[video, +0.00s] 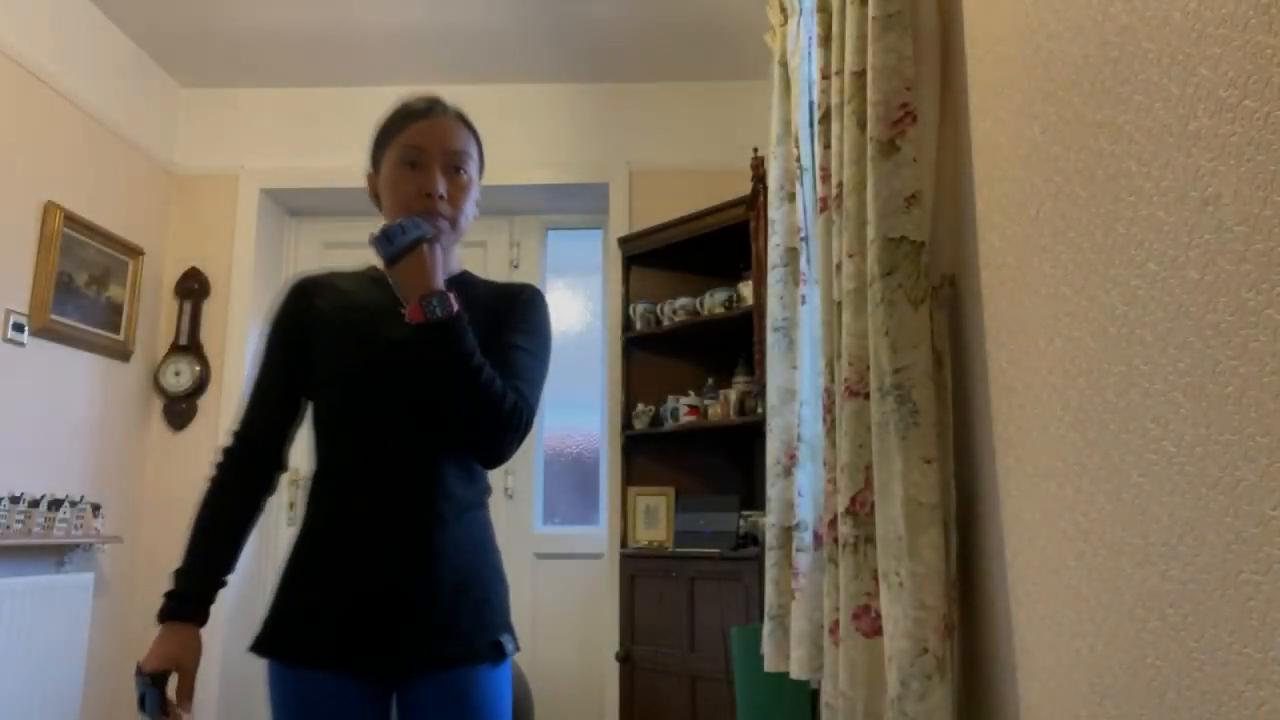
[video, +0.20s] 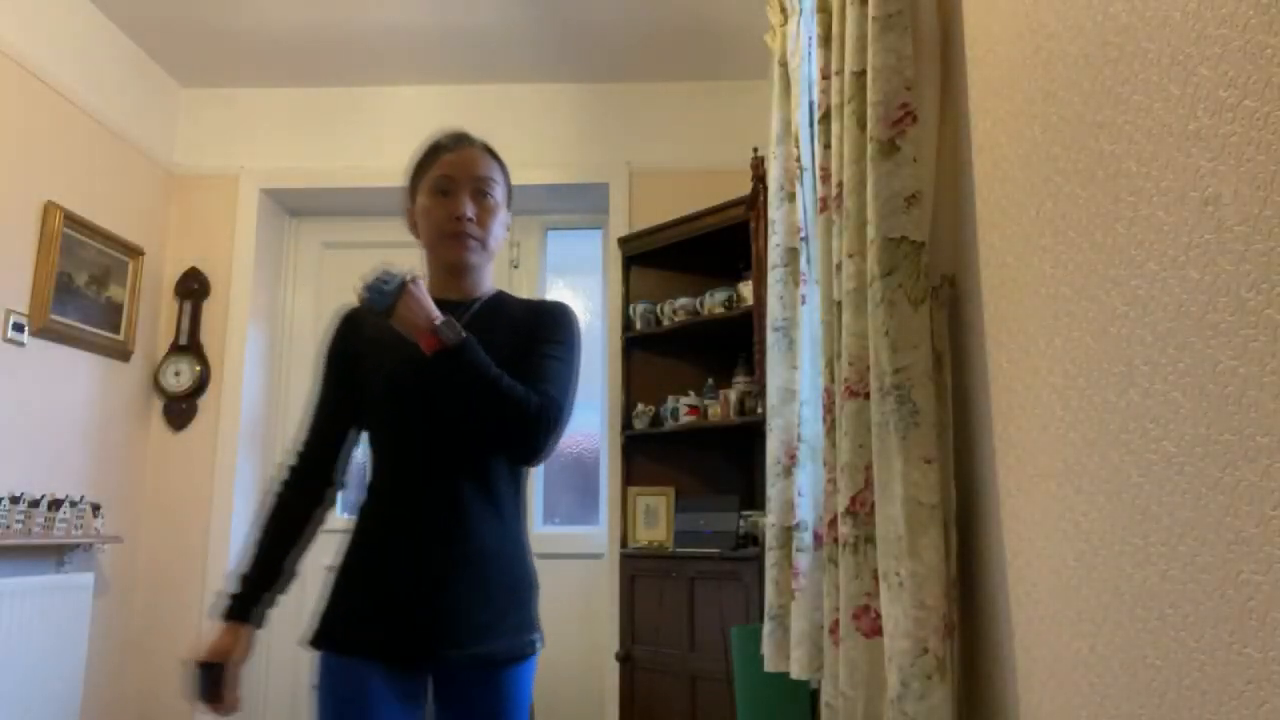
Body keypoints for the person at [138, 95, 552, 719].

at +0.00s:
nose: (436, 185)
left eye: (457, 168)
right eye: (412, 163)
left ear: (476, 193)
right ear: (374, 185)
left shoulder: (512, 308)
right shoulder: (318, 302)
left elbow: (496, 437)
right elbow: (253, 460)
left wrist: (431, 299)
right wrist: (184, 614)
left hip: (459, 628)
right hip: (326, 623)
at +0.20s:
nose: (464, 208)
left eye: (484, 194)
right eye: (443, 190)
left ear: (506, 222)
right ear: (411, 217)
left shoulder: (543, 324)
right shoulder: (367, 329)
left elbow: (534, 435)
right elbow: (313, 476)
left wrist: (438, 333)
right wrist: (242, 616)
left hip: (491, 620)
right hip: (373, 614)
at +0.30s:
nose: (480, 217)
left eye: (499, 205)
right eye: (460, 202)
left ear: (523, 237)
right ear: (431, 231)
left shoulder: (560, 337)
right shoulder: (388, 337)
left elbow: (556, 443)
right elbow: (347, 484)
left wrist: (457, 348)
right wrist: (295, 623)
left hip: (509, 620)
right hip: (399, 613)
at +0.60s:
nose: (501, 232)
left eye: (517, 219)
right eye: (481, 216)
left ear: (535, 242)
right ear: (449, 238)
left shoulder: (567, 341)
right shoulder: (403, 335)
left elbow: (576, 422)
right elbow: (349, 460)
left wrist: (477, 433)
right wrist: (285, 578)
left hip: (519, 609)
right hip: (412, 605)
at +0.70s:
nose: (499, 240)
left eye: (514, 229)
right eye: (481, 222)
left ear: (529, 250)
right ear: (444, 241)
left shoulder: (557, 352)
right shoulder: (397, 335)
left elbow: (570, 445)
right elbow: (323, 433)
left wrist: (548, 516)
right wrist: (247, 517)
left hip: (509, 608)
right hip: (406, 603)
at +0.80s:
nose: (498, 245)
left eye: (512, 234)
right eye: (479, 226)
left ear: (521, 254)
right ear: (437, 241)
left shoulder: (545, 357)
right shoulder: (385, 332)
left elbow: (571, 477)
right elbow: (329, 387)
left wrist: (588, 596)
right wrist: (269, 431)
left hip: (499, 609)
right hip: (392, 604)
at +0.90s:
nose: (505, 243)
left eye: (515, 232)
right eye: (485, 224)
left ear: (521, 251)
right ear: (437, 240)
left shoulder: (537, 354)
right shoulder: (387, 316)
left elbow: (566, 482)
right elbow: (357, 335)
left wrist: (595, 607)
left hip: (491, 574)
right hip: (389, 580)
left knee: (488, 703)